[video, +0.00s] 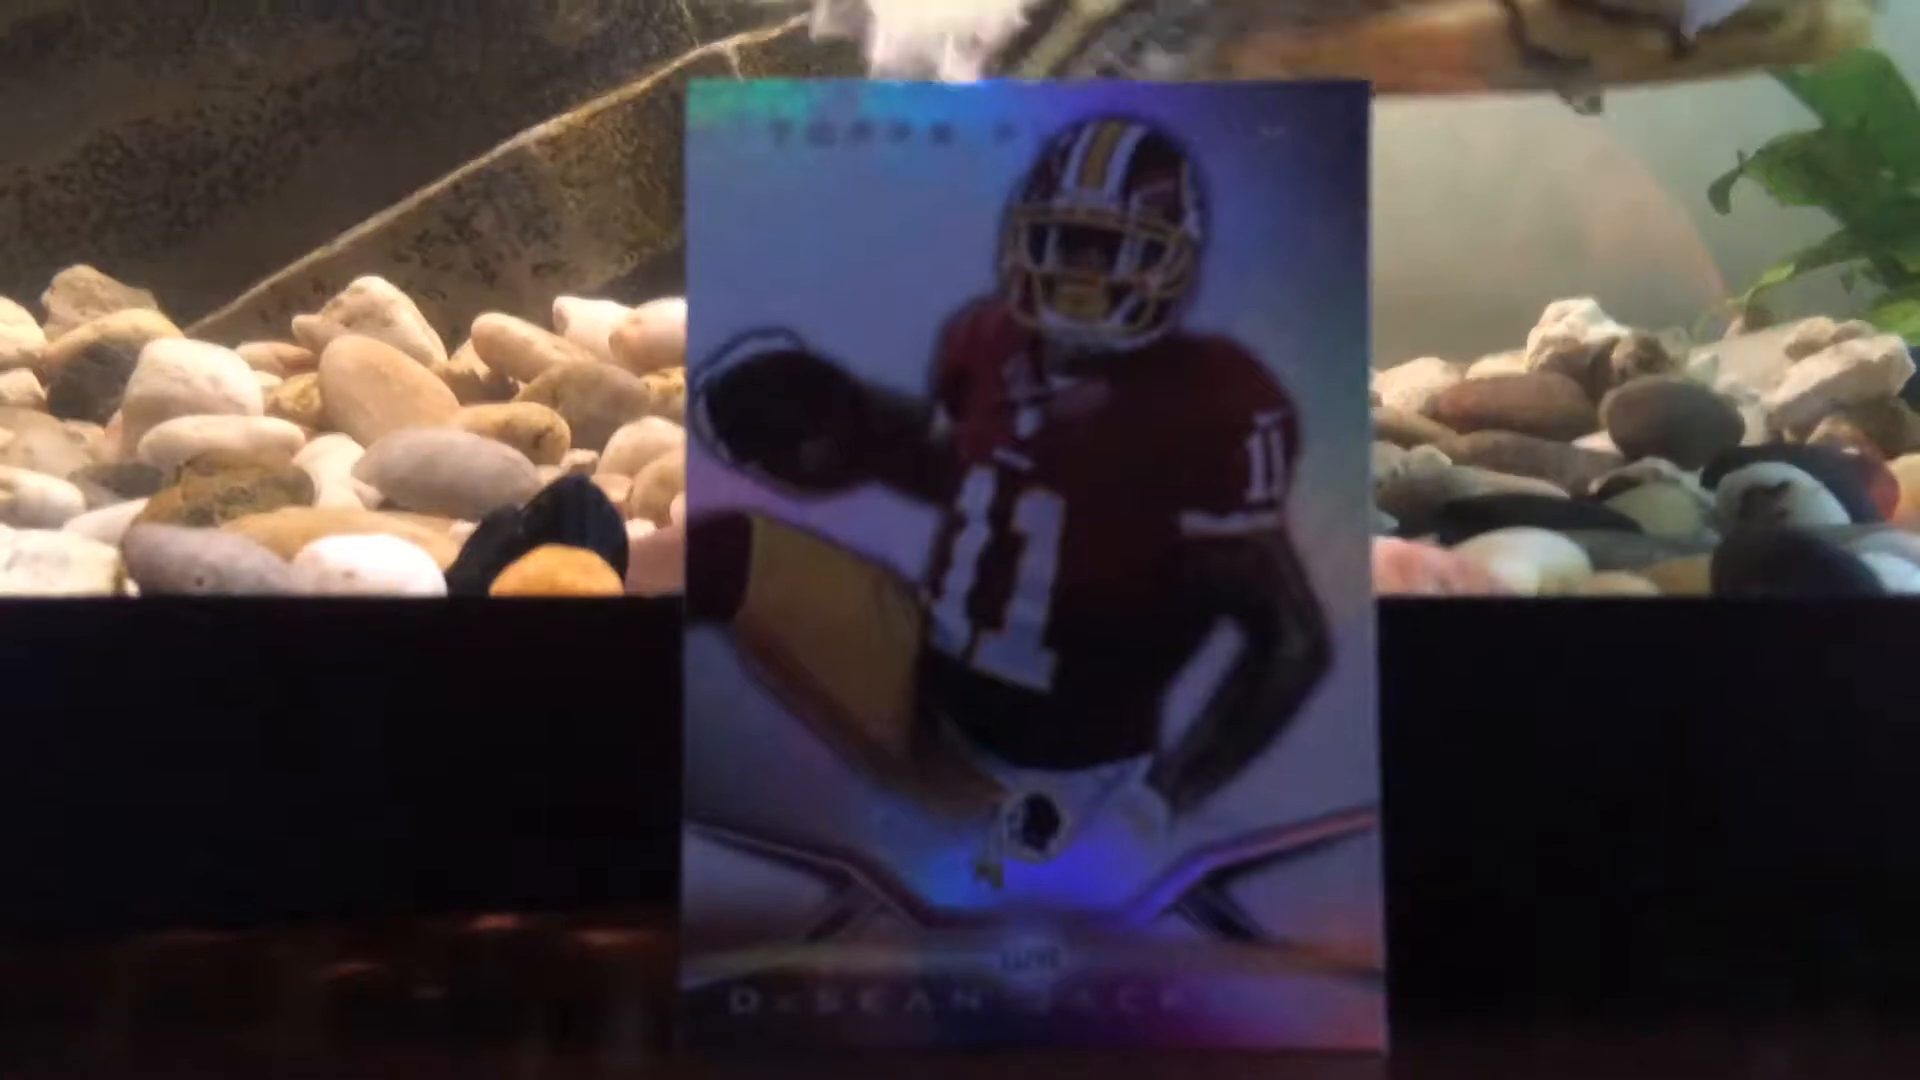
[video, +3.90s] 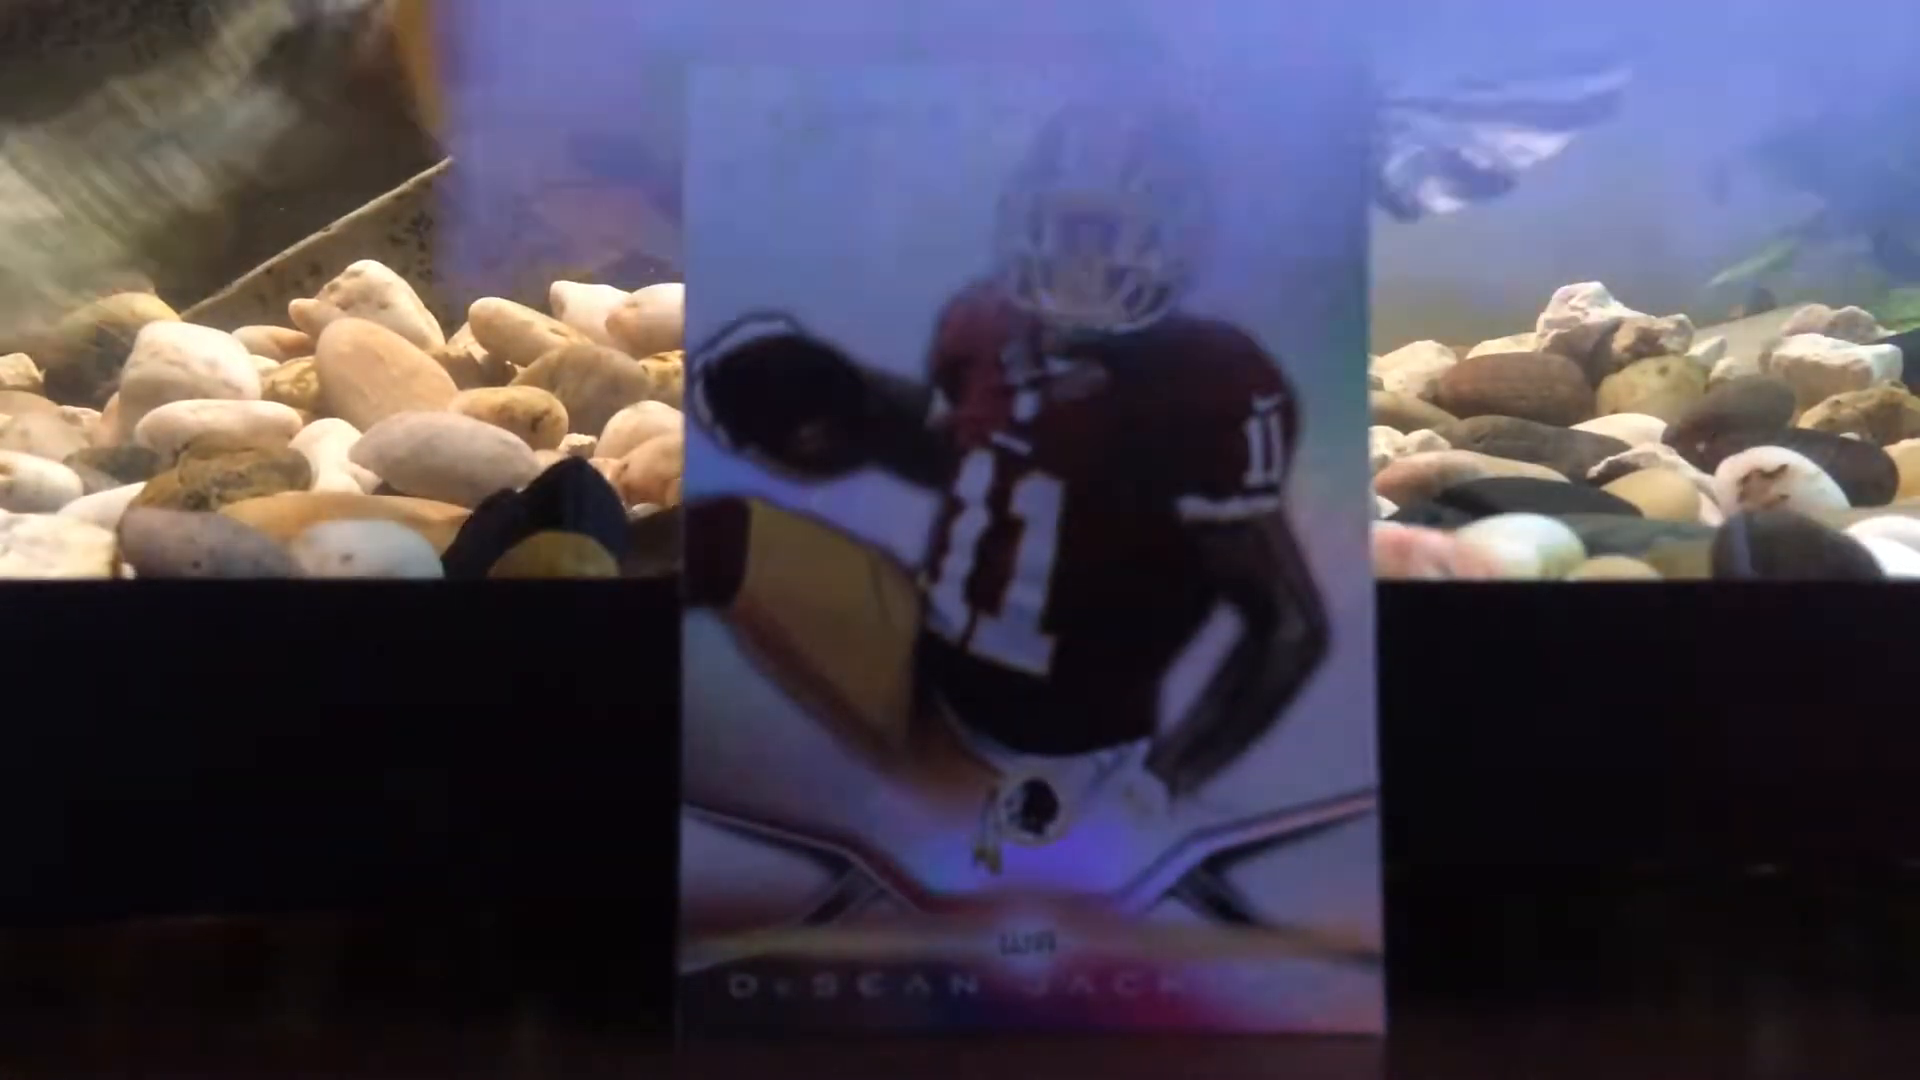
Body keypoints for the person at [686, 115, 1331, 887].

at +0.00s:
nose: (1083, 277)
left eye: (1118, 252)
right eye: (1064, 244)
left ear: (1176, 264)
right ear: (1023, 244)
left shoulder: (1217, 405)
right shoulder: (982, 344)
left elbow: (1292, 644)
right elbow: (964, 472)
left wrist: (1159, 802)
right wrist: (857, 429)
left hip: (1077, 772)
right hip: (930, 693)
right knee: (720, 552)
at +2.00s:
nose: (1080, 265)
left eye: (1115, 239)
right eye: (1062, 231)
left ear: (1176, 252)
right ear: (1022, 234)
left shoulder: (1214, 393)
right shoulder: (981, 332)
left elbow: (1293, 635)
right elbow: (954, 465)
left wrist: (1157, 795)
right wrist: (848, 418)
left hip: (1081, 756)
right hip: (932, 682)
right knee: (719, 545)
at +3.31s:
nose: (1081, 259)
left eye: (1116, 234)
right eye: (1062, 226)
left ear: (1175, 248)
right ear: (1021, 228)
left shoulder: (1215, 388)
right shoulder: (980, 328)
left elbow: (1291, 631)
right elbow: (961, 459)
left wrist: (1153, 792)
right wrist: (857, 415)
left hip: (1073, 763)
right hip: (926, 680)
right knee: (720, 537)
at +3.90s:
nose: (1095, 259)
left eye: (1125, 230)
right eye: (1072, 227)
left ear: (1176, 241)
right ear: (1026, 227)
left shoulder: (1212, 388)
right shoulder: (981, 328)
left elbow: (1291, 630)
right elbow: (954, 455)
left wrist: (1158, 786)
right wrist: (845, 406)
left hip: (1075, 767)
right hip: (924, 682)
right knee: (721, 537)